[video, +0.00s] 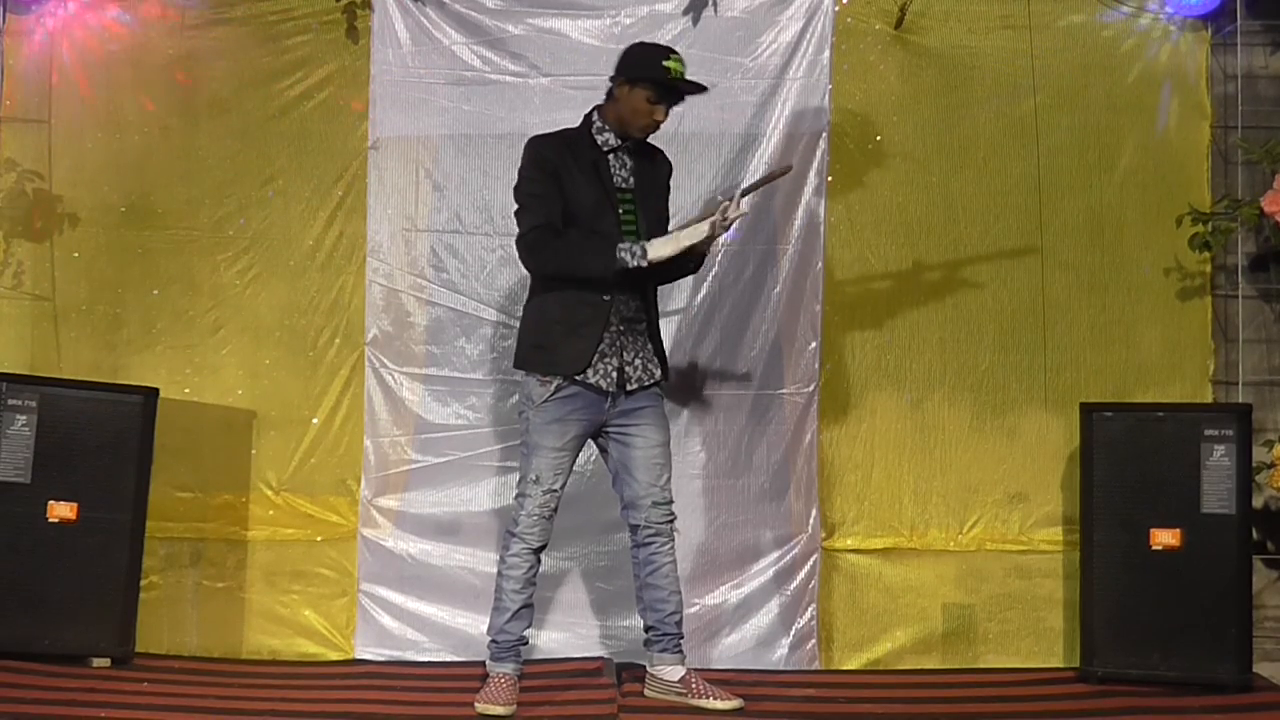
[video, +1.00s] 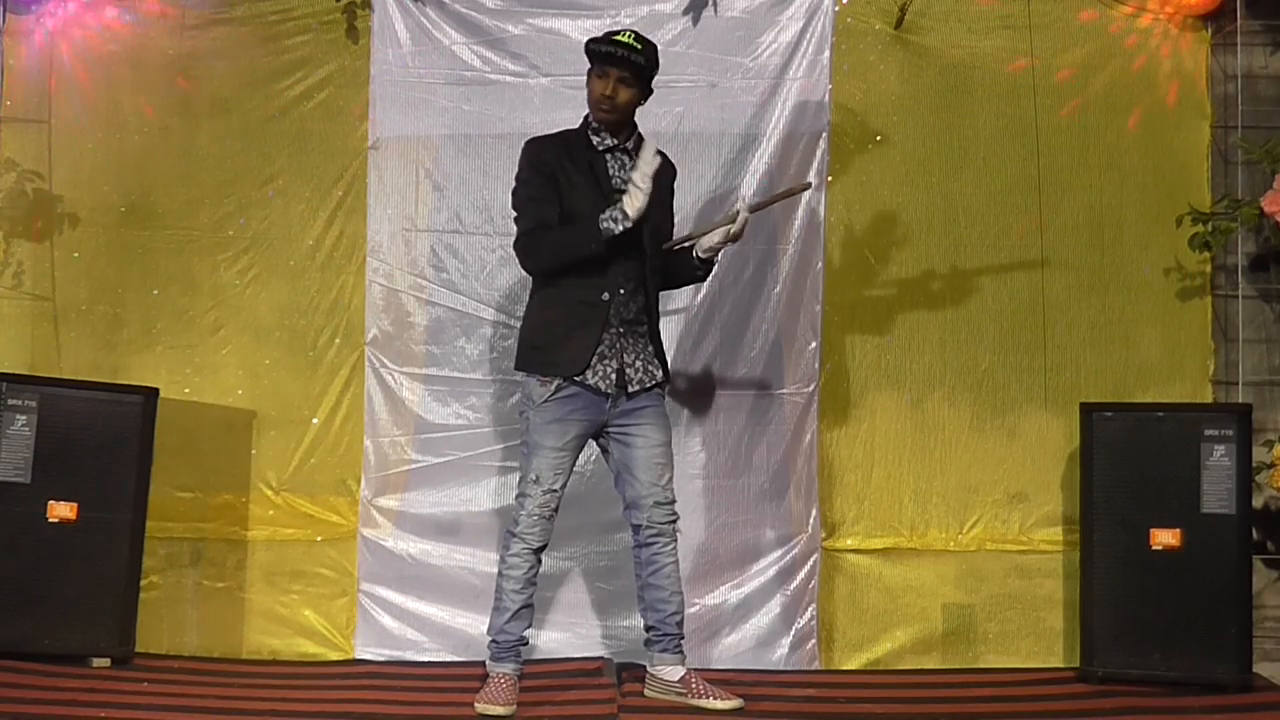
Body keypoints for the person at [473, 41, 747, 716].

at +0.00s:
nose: (664, 115)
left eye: (669, 105)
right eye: (656, 101)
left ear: (661, 105)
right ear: (620, 89)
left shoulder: (654, 167)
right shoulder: (549, 152)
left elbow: (647, 269)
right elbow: (538, 252)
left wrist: (701, 244)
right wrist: (632, 254)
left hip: (637, 376)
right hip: (561, 375)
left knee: (654, 519)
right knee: (531, 523)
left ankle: (667, 669)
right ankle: (503, 669)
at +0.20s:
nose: (665, 116)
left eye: (672, 107)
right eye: (658, 101)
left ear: (667, 109)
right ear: (621, 90)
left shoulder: (658, 173)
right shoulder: (553, 151)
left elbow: (651, 274)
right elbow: (537, 247)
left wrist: (702, 250)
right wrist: (628, 223)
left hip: (640, 375)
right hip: (566, 372)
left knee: (655, 519)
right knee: (533, 521)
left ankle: (667, 669)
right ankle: (503, 668)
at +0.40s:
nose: (660, 117)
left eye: (665, 106)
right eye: (652, 103)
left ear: (655, 106)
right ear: (614, 91)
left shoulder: (651, 167)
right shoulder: (546, 153)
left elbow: (646, 270)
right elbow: (537, 252)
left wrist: (694, 252)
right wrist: (622, 210)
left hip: (638, 374)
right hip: (562, 373)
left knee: (654, 519)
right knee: (532, 523)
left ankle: (666, 670)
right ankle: (503, 670)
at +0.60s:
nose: (671, 125)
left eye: (680, 115)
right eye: (665, 109)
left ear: (675, 114)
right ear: (631, 93)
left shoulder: (657, 171)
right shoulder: (555, 151)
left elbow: (645, 273)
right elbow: (537, 250)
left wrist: (699, 247)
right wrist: (631, 261)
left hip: (638, 374)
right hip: (564, 372)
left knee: (654, 518)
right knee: (533, 521)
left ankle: (666, 670)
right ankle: (502, 669)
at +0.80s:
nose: (631, 96)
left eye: (646, 90)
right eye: (625, 80)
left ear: (659, 101)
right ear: (606, 79)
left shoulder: (660, 174)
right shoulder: (550, 152)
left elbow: (653, 275)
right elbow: (533, 250)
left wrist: (700, 248)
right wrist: (624, 226)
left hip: (639, 373)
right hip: (562, 370)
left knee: (655, 519)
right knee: (533, 520)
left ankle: (667, 669)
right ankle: (503, 668)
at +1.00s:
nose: (610, 89)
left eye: (626, 81)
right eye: (602, 76)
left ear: (644, 93)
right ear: (587, 80)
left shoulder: (656, 169)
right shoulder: (546, 154)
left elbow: (651, 271)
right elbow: (535, 254)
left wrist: (702, 252)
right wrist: (615, 219)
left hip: (639, 373)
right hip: (562, 372)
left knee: (656, 518)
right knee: (532, 521)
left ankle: (666, 668)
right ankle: (503, 669)